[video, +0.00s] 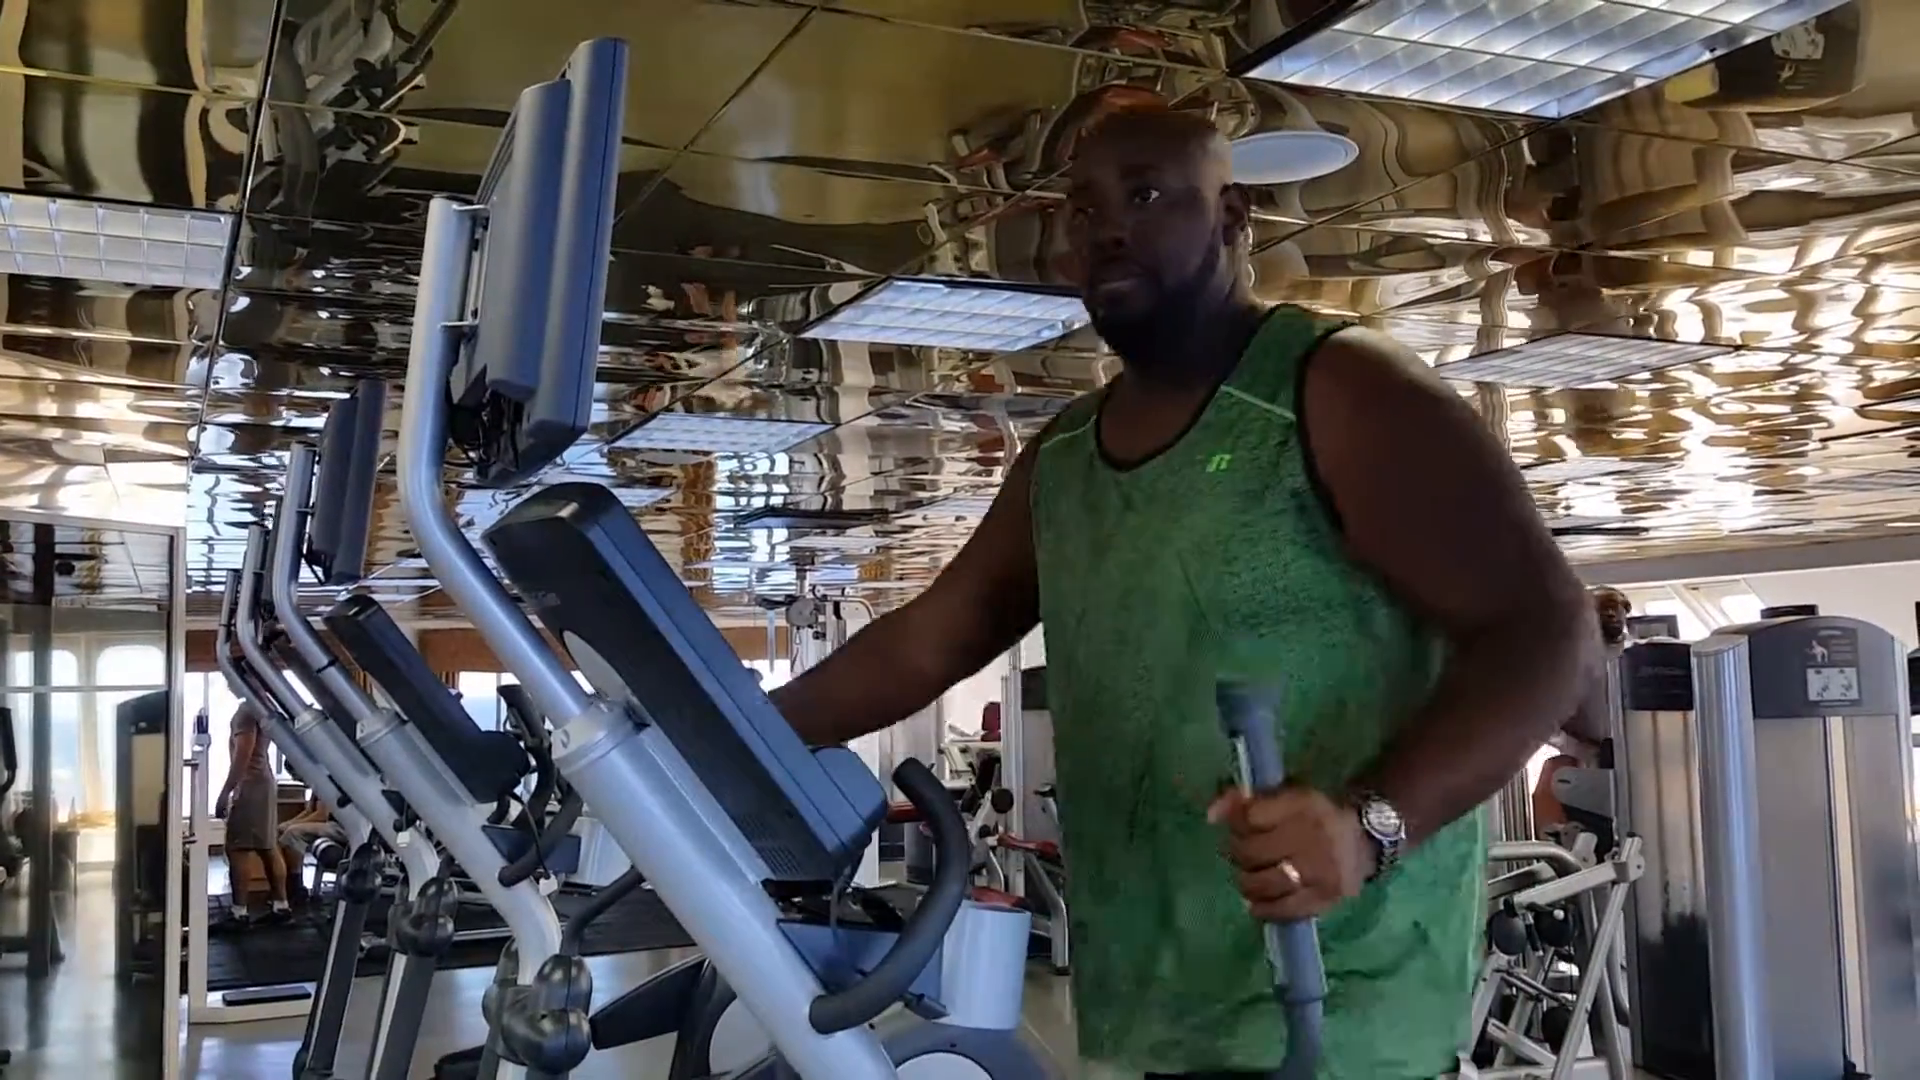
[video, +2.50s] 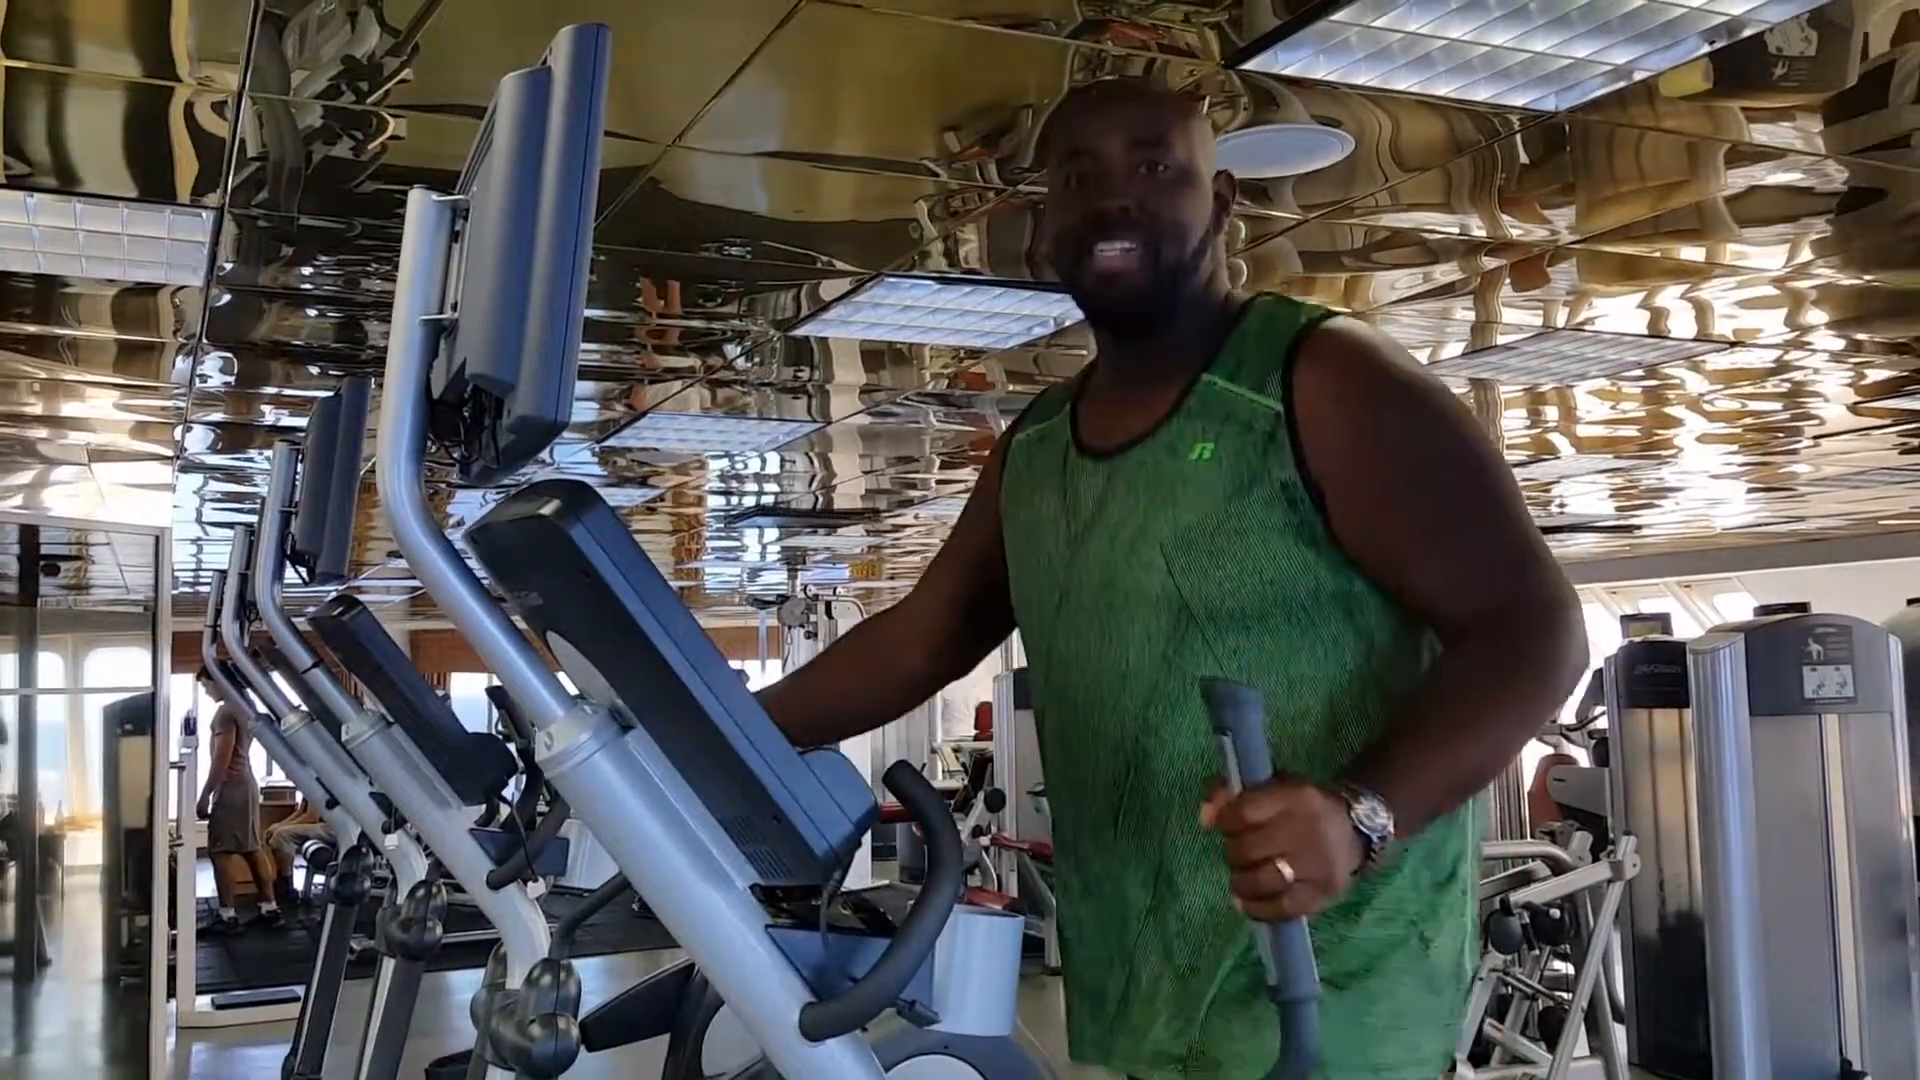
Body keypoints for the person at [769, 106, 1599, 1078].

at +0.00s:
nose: (1103, 229)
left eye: (1143, 192)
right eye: (1080, 204)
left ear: (1232, 216)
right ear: (1064, 242)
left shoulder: (1340, 392)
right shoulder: (1060, 461)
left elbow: (1548, 631)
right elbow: (936, 633)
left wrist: (1372, 826)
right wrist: (744, 738)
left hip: (1347, 1003)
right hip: (1131, 1000)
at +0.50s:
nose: (1075, 289)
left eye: (1110, 259)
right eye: (1070, 263)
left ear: (1224, 265)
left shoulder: (1352, 426)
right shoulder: (1148, 467)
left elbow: (1344, 701)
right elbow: (1191, 715)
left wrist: (1046, 771)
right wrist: (1036, 756)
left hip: (1378, 1027)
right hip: (1196, 1013)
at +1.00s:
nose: (1048, 330)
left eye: (1079, 291)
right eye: (1042, 300)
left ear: (1191, 294)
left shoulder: (1337, 453)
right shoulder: (1081, 512)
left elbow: (1485, 715)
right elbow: (1003, 720)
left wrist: (1256, 798)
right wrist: (812, 747)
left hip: (1345, 1017)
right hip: (1153, 1015)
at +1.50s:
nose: (1171, 241)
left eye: (1215, 208)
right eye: (1143, 217)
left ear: (1285, 243)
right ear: (1111, 259)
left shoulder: (1387, 430)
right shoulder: (1118, 476)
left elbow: (1528, 705)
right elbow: (1027, 663)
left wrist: (1245, 785)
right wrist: (811, 738)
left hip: (1403, 1035)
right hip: (1157, 1031)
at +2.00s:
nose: (1091, 186)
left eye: (1134, 158)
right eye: (1062, 166)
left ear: (1205, 196)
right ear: (1034, 213)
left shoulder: (1310, 367)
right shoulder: (1066, 421)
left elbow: (1314, 625)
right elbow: (1083, 656)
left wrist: (1052, 758)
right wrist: (978, 754)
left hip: (1321, 994)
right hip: (1135, 983)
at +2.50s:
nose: (1114, 197)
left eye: (1155, 167)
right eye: (1079, 173)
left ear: (1220, 206)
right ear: (1043, 219)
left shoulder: (1325, 379)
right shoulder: (1033, 451)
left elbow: (1533, 627)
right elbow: (923, 636)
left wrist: (1364, 818)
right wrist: (729, 735)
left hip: (1344, 994)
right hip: (1128, 993)